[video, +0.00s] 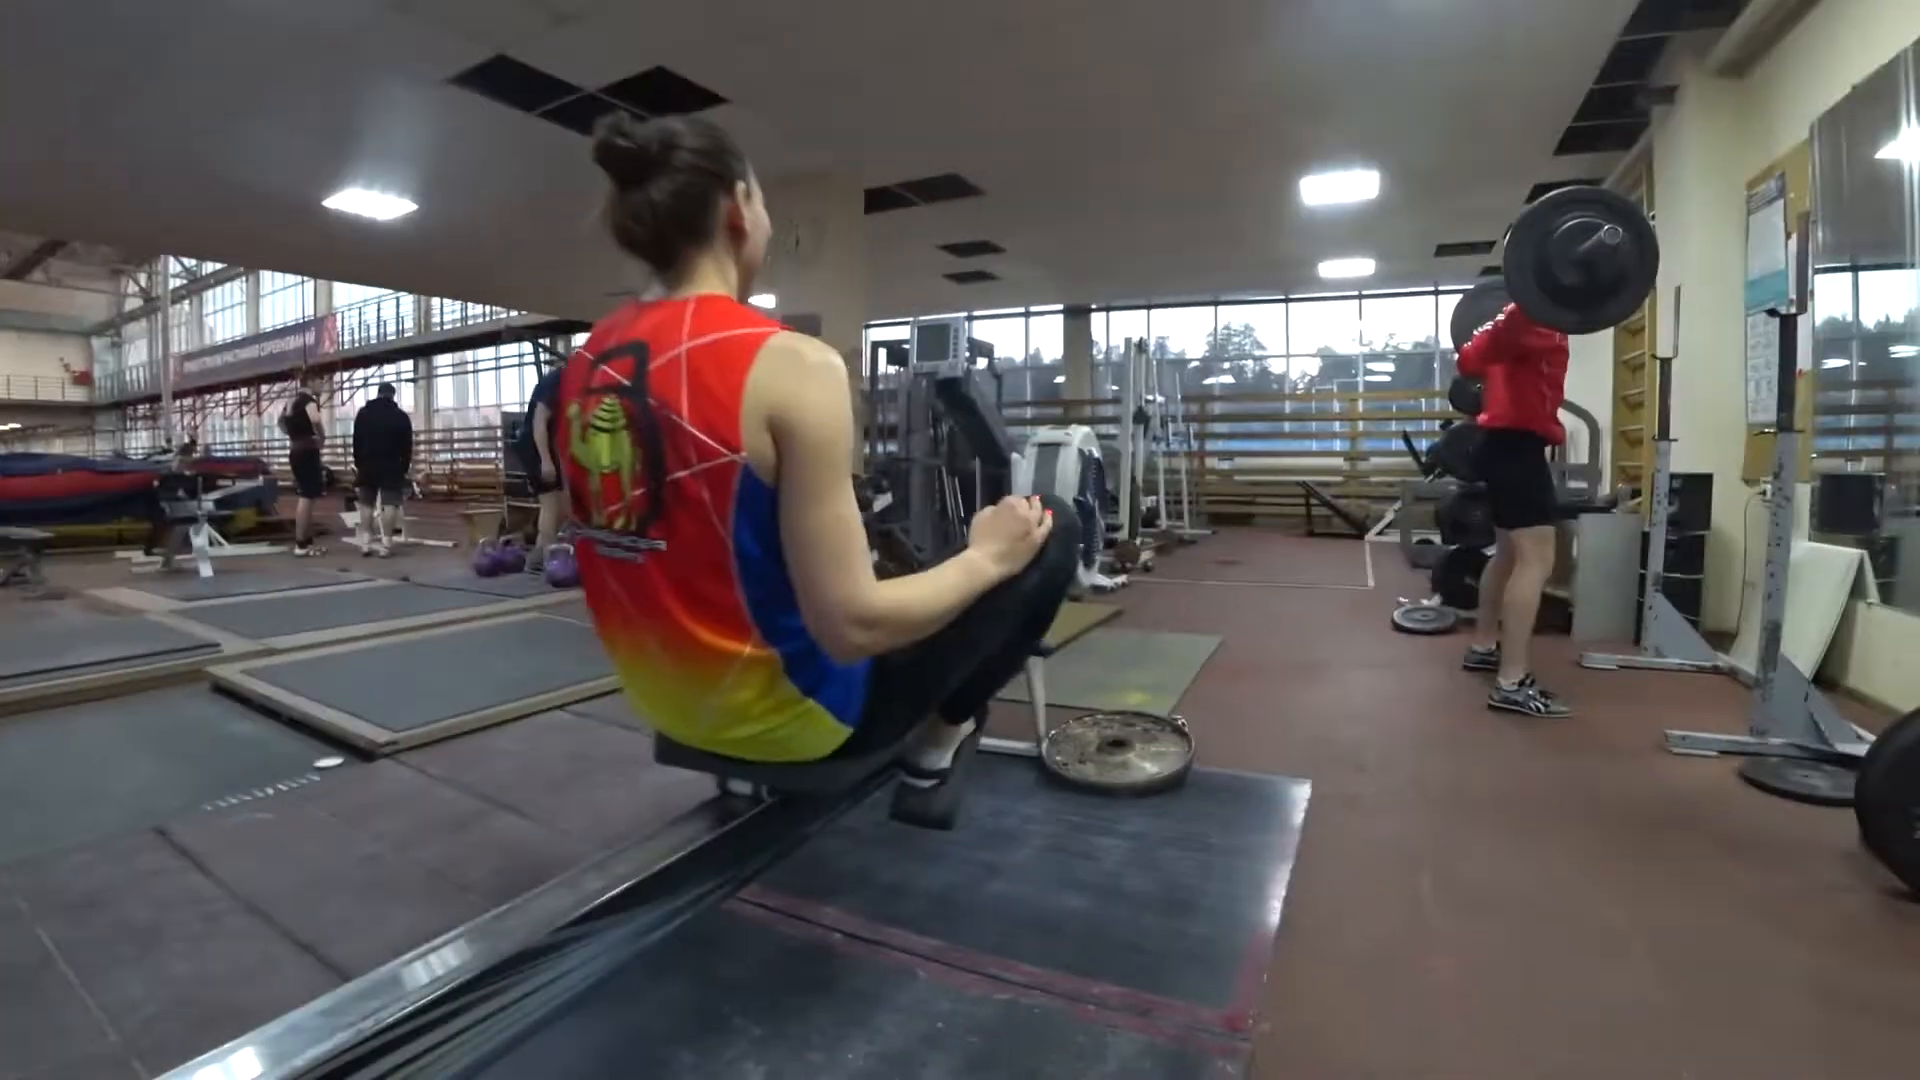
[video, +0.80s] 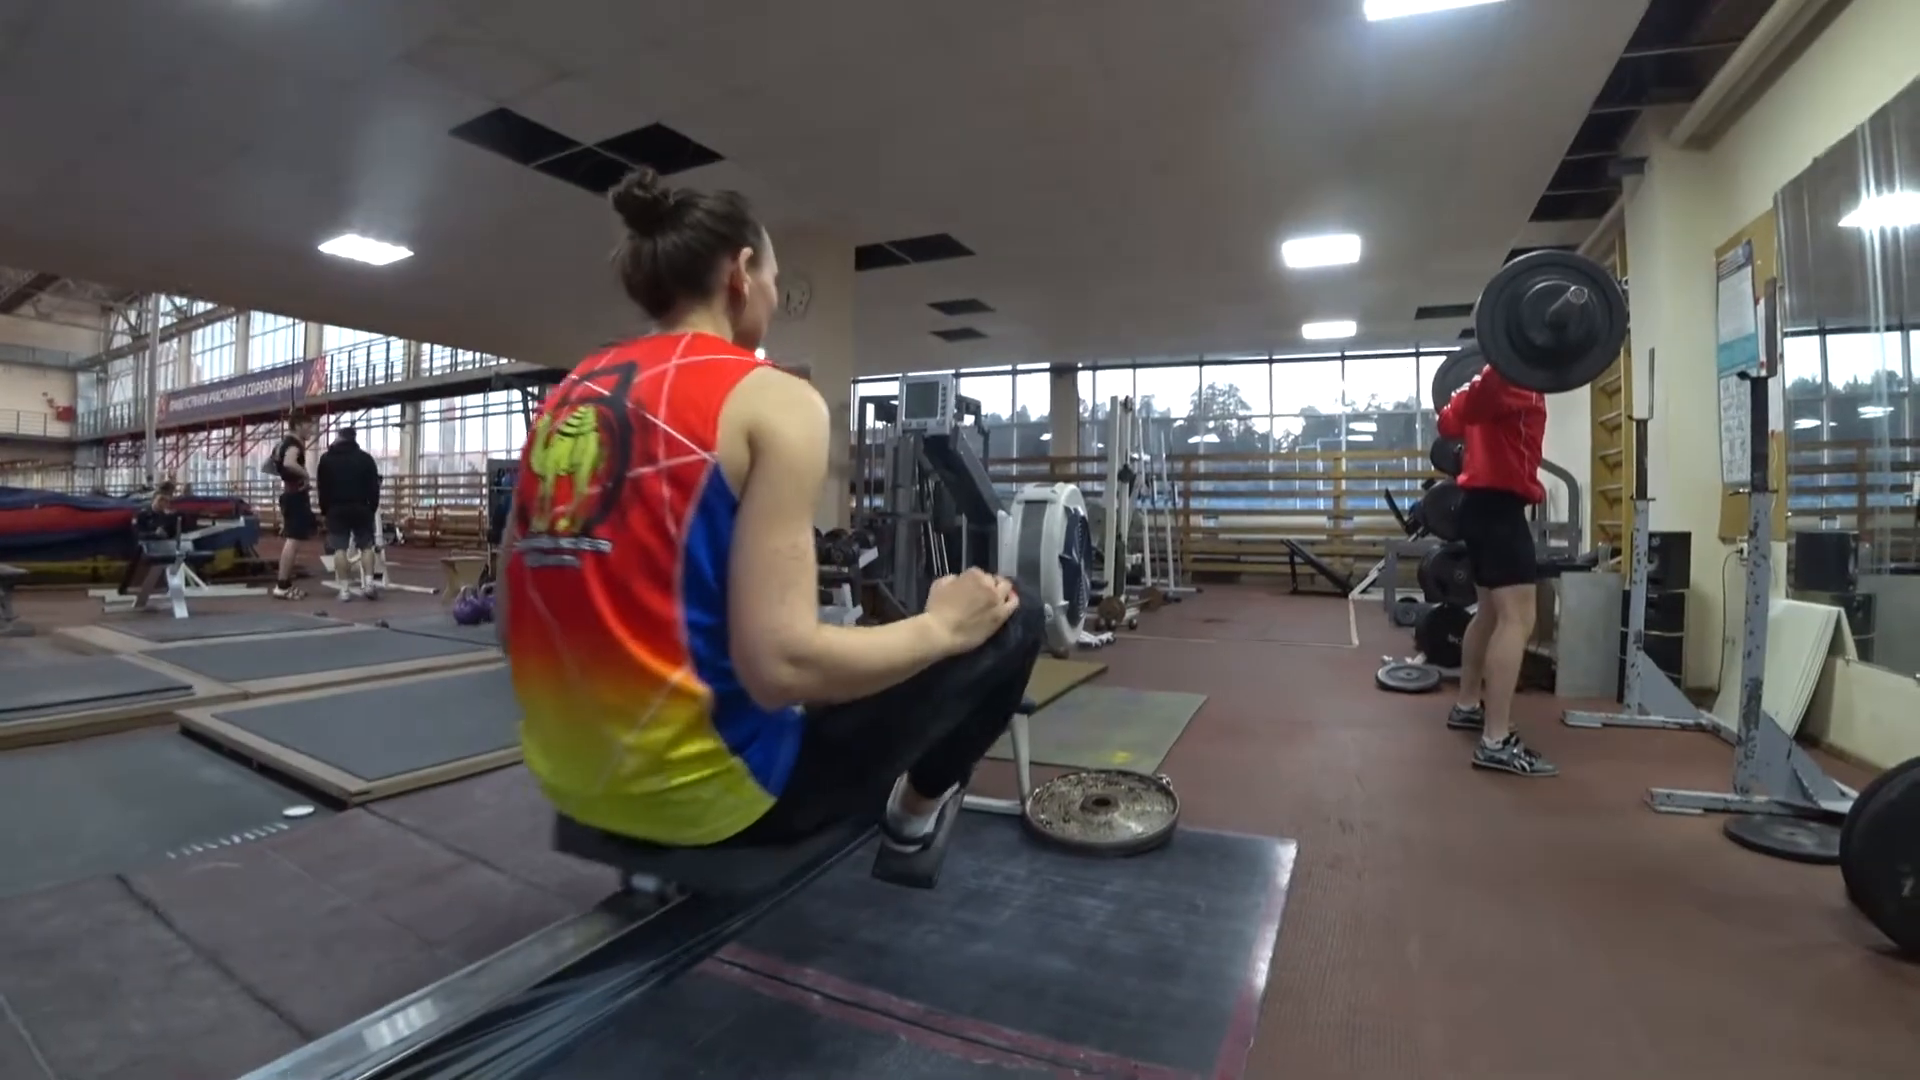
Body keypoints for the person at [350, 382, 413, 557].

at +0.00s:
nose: (389, 397)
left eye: (385, 393)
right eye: (390, 394)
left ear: (378, 394)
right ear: (393, 395)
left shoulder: (364, 413)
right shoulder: (401, 416)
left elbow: (357, 441)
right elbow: (407, 445)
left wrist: (359, 464)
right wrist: (404, 467)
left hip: (367, 466)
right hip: (392, 467)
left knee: (366, 504)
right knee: (389, 504)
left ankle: (365, 542)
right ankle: (386, 544)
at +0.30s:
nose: (370, 413)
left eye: (366, 410)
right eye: (372, 411)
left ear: (361, 411)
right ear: (377, 412)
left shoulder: (348, 430)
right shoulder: (386, 432)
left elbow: (341, 459)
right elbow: (393, 463)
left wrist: (344, 482)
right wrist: (390, 485)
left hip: (354, 484)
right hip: (378, 483)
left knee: (354, 522)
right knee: (379, 521)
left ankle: (355, 562)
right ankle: (377, 561)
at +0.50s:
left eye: (354, 426)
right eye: (361, 426)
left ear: (350, 428)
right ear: (366, 428)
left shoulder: (338, 446)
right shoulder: (377, 447)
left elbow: (333, 474)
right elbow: (384, 476)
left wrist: (335, 496)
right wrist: (383, 498)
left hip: (346, 498)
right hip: (371, 498)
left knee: (348, 538)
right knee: (373, 535)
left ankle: (350, 578)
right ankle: (373, 575)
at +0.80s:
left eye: (340, 437)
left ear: (339, 439)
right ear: (355, 439)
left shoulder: (327, 458)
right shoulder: (365, 458)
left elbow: (322, 486)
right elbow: (374, 486)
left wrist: (325, 508)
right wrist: (372, 507)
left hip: (337, 509)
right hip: (361, 508)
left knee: (340, 548)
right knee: (366, 545)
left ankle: (344, 589)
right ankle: (368, 582)